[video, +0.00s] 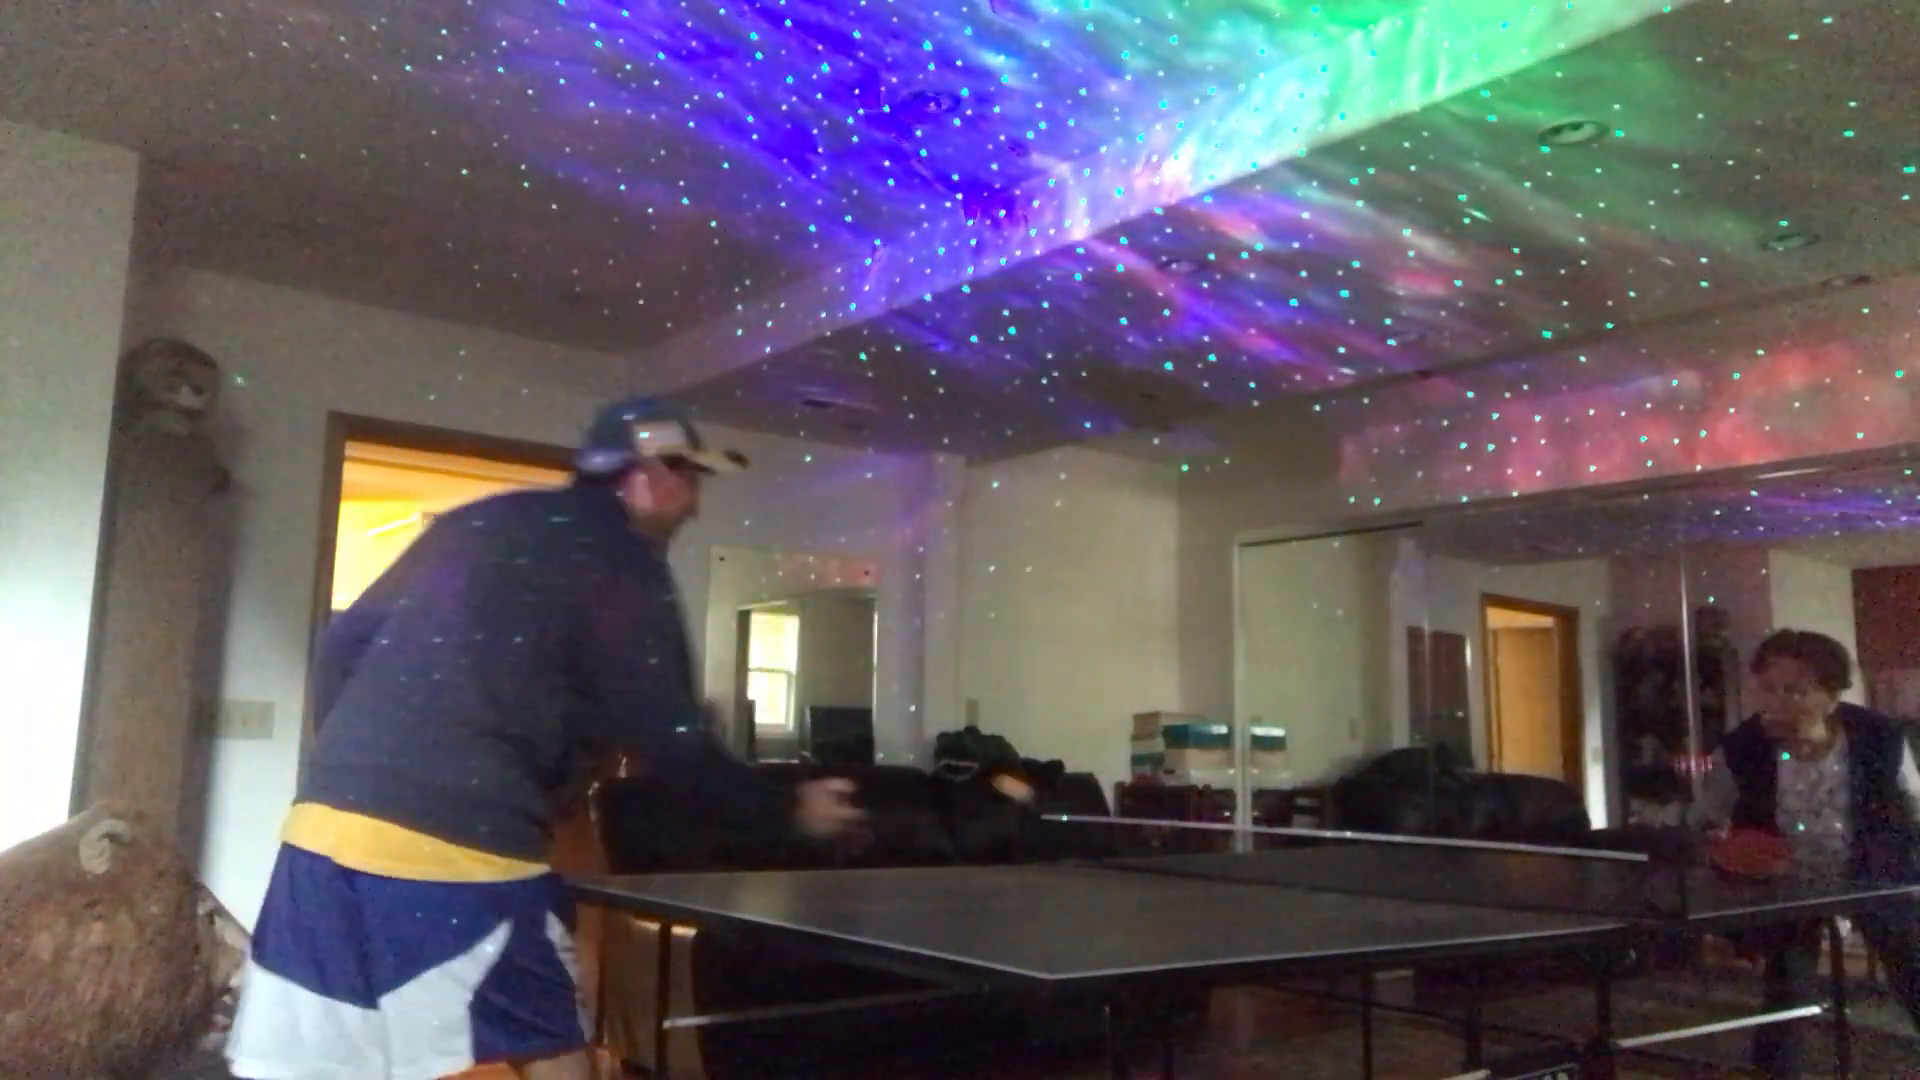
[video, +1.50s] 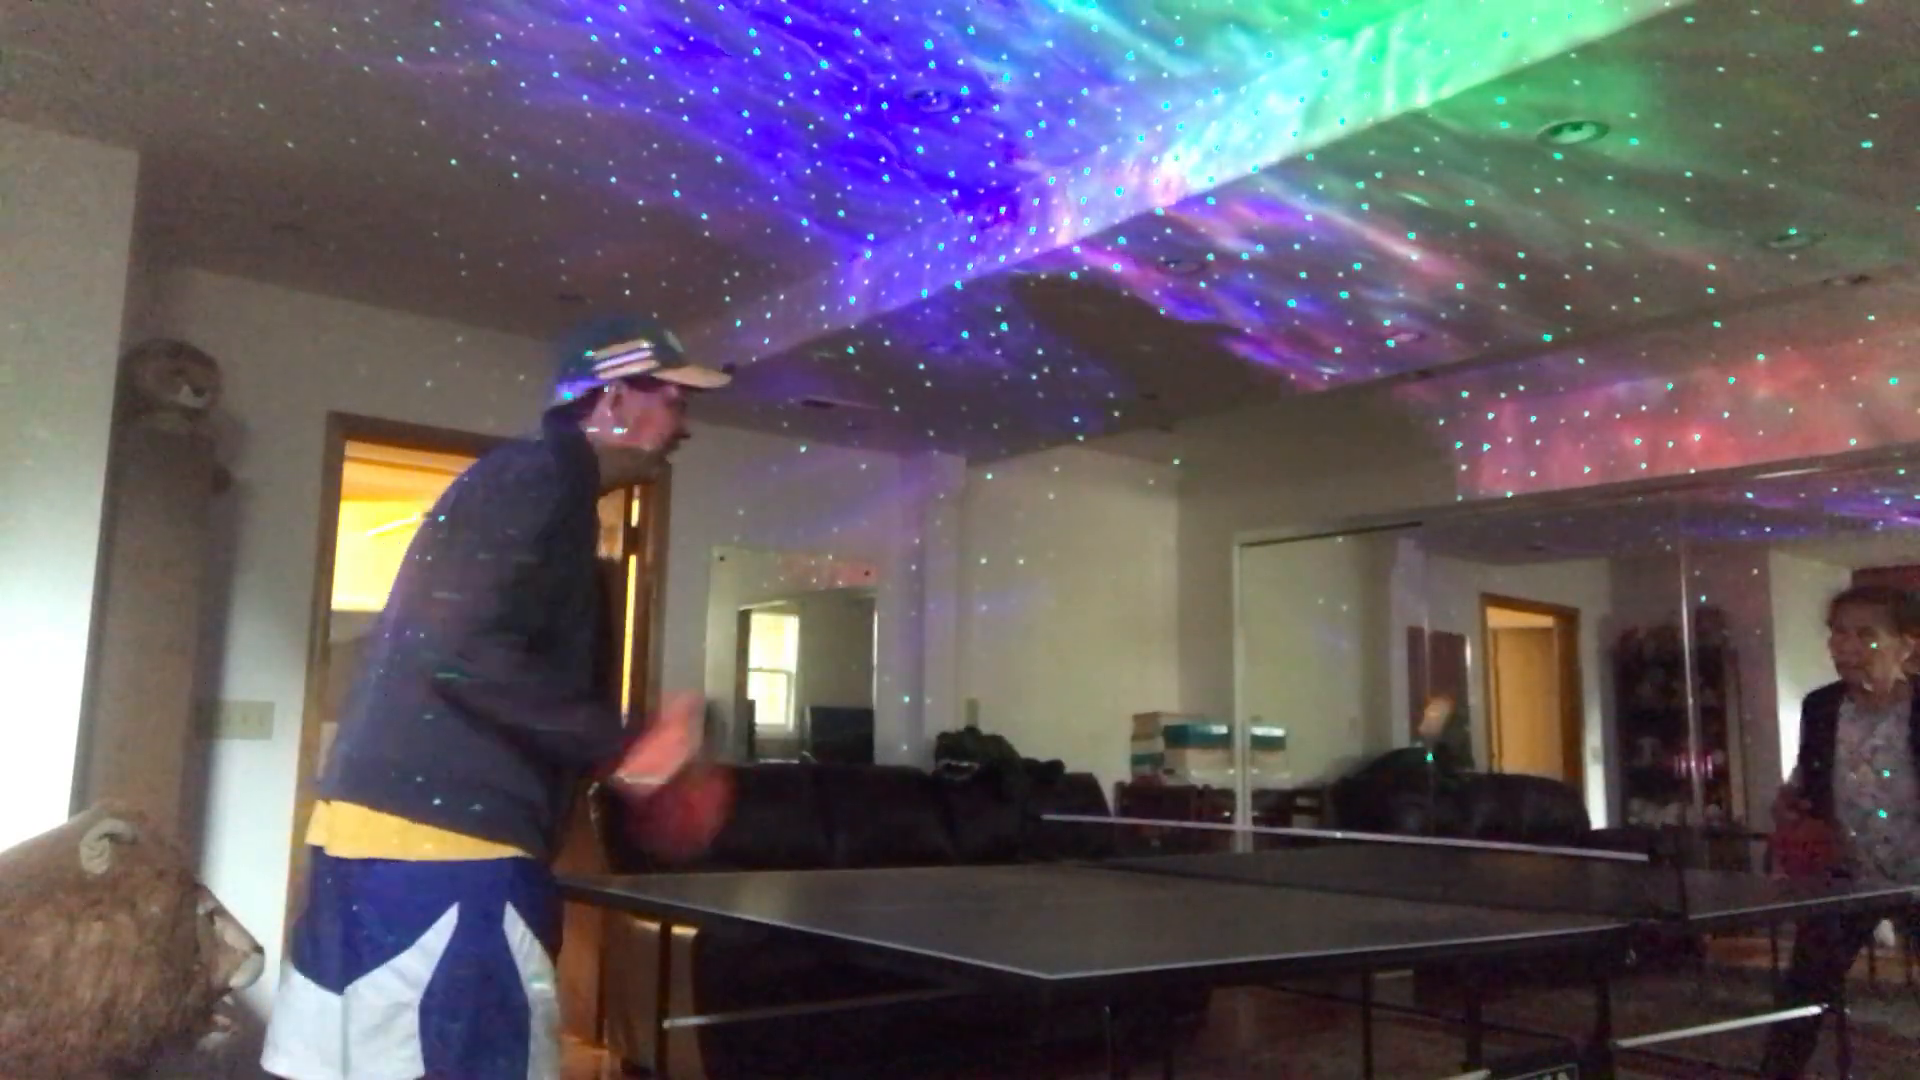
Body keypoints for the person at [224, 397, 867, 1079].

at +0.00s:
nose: (696, 501)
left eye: (698, 481)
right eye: (690, 478)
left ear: (597, 469)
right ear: (645, 474)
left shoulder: (471, 521)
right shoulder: (626, 564)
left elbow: (343, 636)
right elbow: (673, 748)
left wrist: (349, 775)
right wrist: (785, 808)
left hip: (320, 837)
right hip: (461, 854)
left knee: (298, 1067)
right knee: (536, 1064)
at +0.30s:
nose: (758, 511)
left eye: (761, 496)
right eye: (754, 495)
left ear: (661, 473)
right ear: (718, 487)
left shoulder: (539, 506)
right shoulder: (732, 578)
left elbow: (404, 571)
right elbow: (841, 670)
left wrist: (328, 710)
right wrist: (955, 618)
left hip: (405, 799)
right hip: (546, 830)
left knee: (374, 1057)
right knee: (606, 1060)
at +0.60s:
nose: (712, 463)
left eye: (715, 445)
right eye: (702, 442)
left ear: (620, 440)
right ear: (660, 444)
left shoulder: (504, 506)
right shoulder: (661, 528)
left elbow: (400, 637)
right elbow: (738, 672)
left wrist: (442, 745)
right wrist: (848, 623)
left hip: (405, 812)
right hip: (538, 826)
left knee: (391, 1058)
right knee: (606, 1055)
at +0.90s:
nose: (632, 424)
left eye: (630, 406)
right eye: (621, 405)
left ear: (541, 411)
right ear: (574, 412)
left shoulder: (440, 493)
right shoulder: (550, 489)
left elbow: (347, 646)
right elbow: (512, 650)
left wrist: (409, 749)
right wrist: (649, 724)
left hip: (354, 822)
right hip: (470, 828)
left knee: (364, 1062)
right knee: (546, 1058)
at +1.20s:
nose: (627, 418)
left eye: (625, 399)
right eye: (617, 398)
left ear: (530, 399)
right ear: (571, 401)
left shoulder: (427, 487)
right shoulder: (537, 488)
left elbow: (341, 640)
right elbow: (539, 665)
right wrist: (683, 704)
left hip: (340, 827)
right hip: (450, 834)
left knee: (340, 1060)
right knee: (487, 1063)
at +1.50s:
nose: (684, 427)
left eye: (684, 404)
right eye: (674, 400)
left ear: (606, 400)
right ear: (615, 399)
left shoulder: (520, 477)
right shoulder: (540, 474)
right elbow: (458, 642)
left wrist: (638, 789)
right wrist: (616, 741)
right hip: (443, 842)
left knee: (349, 1061)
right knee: (469, 1060)